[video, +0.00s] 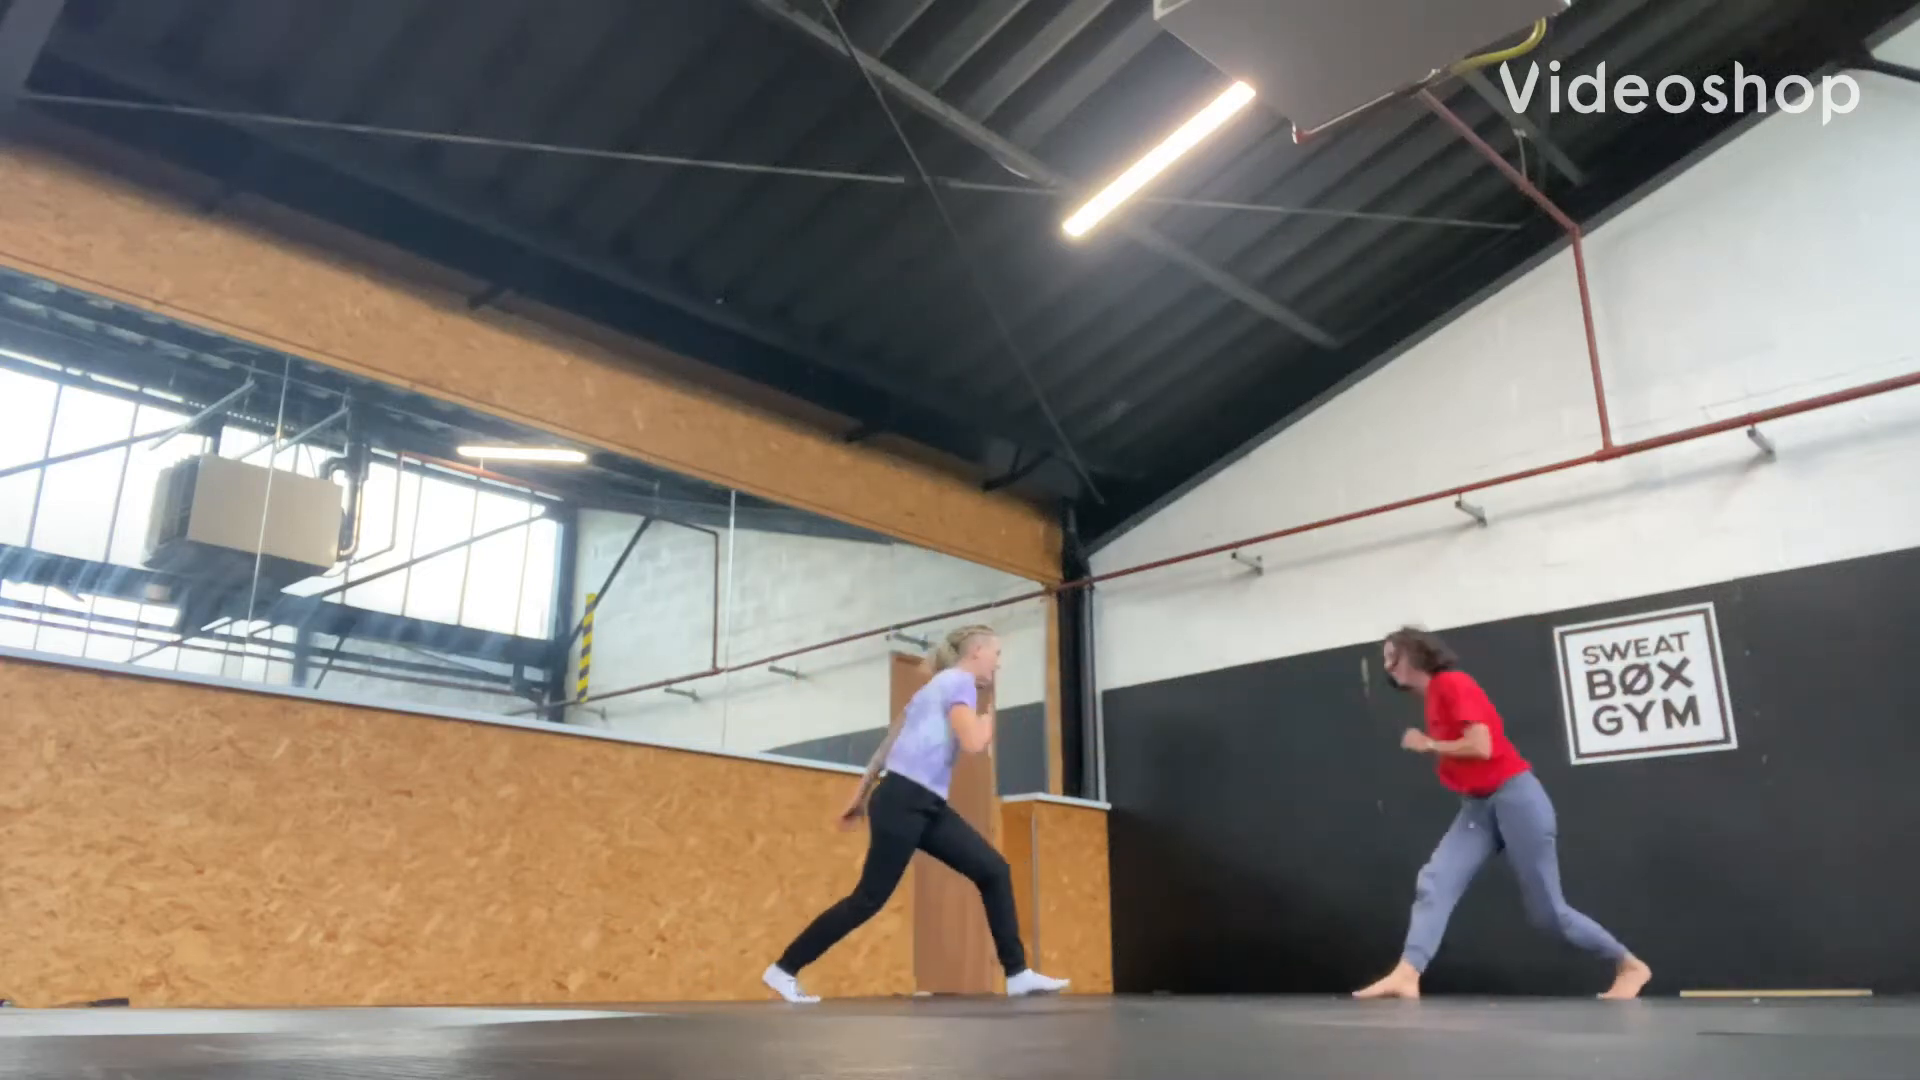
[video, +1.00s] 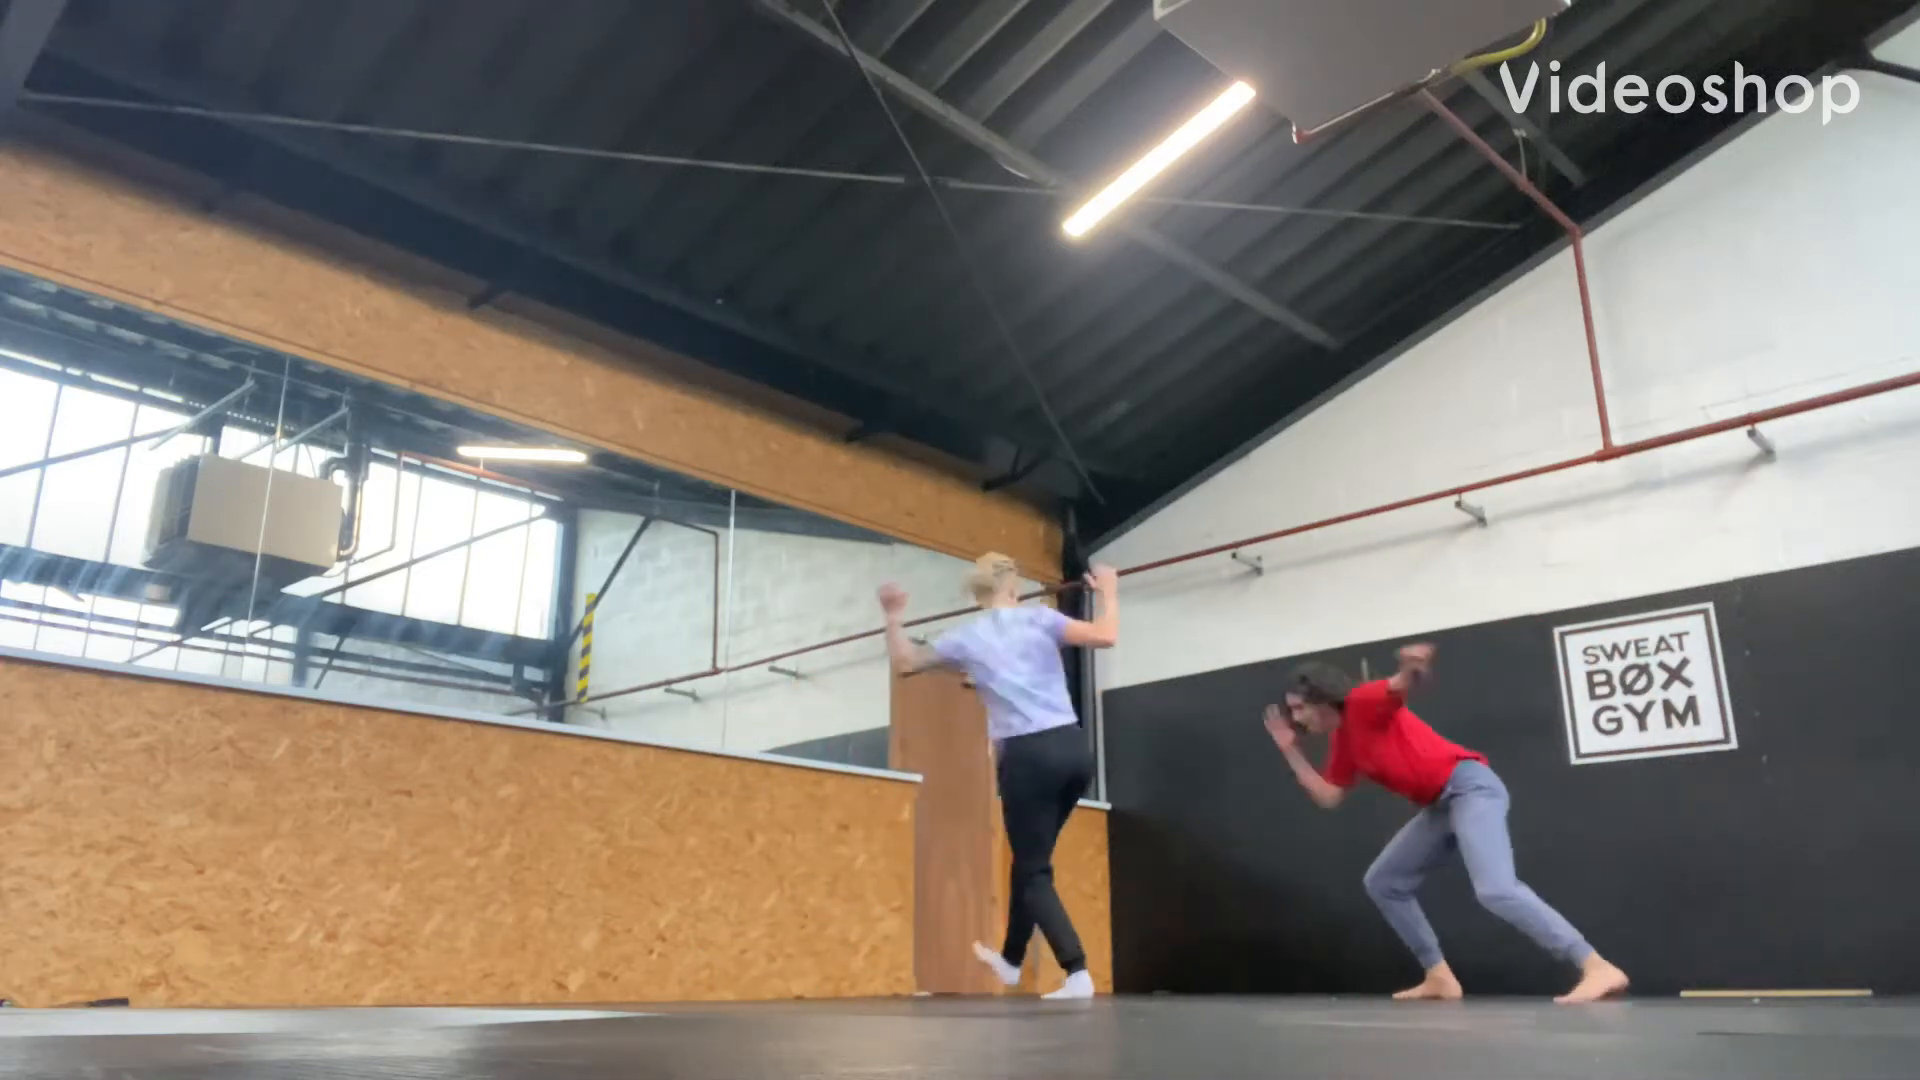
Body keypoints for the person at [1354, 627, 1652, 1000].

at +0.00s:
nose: (1389, 671)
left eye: (1393, 661)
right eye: (1387, 663)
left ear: (1414, 657)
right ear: (1411, 662)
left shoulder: (1454, 684)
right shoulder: (1435, 696)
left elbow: (1481, 745)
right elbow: (1472, 743)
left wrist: (1429, 744)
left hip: (1517, 798)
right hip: (1480, 806)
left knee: (1546, 912)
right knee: (1436, 882)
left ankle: (1630, 966)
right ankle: (1407, 974)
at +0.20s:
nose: (1399, 659)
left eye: (1404, 649)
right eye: (1396, 653)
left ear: (1427, 645)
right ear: (1412, 656)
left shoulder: (1461, 668)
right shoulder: (1444, 690)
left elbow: (1452, 723)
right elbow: (1478, 758)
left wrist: (1413, 707)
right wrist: (1459, 804)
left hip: (1527, 788)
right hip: (1485, 801)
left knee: (1555, 904)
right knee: (1433, 870)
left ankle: (1629, 964)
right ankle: (1422, 970)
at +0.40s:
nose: (1356, 670)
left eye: (1359, 659)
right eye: (1353, 664)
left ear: (1382, 650)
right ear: (1388, 655)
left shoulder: (1393, 665)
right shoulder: (1415, 680)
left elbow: (1367, 728)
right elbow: (1450, 757)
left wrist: (1376, 689)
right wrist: (1396, 779)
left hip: (1498, 761)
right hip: (1472, 779)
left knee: (1532, 877)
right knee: (1441, 869)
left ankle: (1620, 944)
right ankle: (1451, 975)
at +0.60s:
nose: (1326, 708)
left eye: (1326, 698)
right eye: (1322, 702)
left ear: (1344, 687)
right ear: (1354, 687)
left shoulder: (1367, 698)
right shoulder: (1388, 706)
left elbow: (1363, 769)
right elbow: (1431, 783)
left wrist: (1359, 731)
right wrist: (1380, 822)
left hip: (1491, 770)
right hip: (1463, 790)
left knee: (1508, 874)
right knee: (1423, 871)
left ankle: (1611, 955)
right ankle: (1449, 977)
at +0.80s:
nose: (1330, 725)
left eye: (1330, 714)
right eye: (1326, 721)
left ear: (1343, 698)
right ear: (1339, 711)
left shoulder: (1387, 699)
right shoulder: (1385, 736)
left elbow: (1337, 695)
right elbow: (1439, 795)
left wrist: (1299, 712)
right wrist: (1388, 825)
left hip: (1501, 782)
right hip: (1466, 805)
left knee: (1504, 878)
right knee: (1412, 868)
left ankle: (1599, 971)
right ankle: (1444, 974)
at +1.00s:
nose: (1297, 720)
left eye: (1297, 710)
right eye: (1293, 714)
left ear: (1316, 700)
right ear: (1312, 710)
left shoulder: (1360, 702)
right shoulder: (1343, 745)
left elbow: (1399, 687)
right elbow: (1328, 796)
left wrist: (1412, 668)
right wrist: (1289, 751)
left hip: (1469, 785)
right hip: (1439, 809)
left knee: (1496, 889)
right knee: (1383, 881)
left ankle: (1598, 969)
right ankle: (1439, 978)